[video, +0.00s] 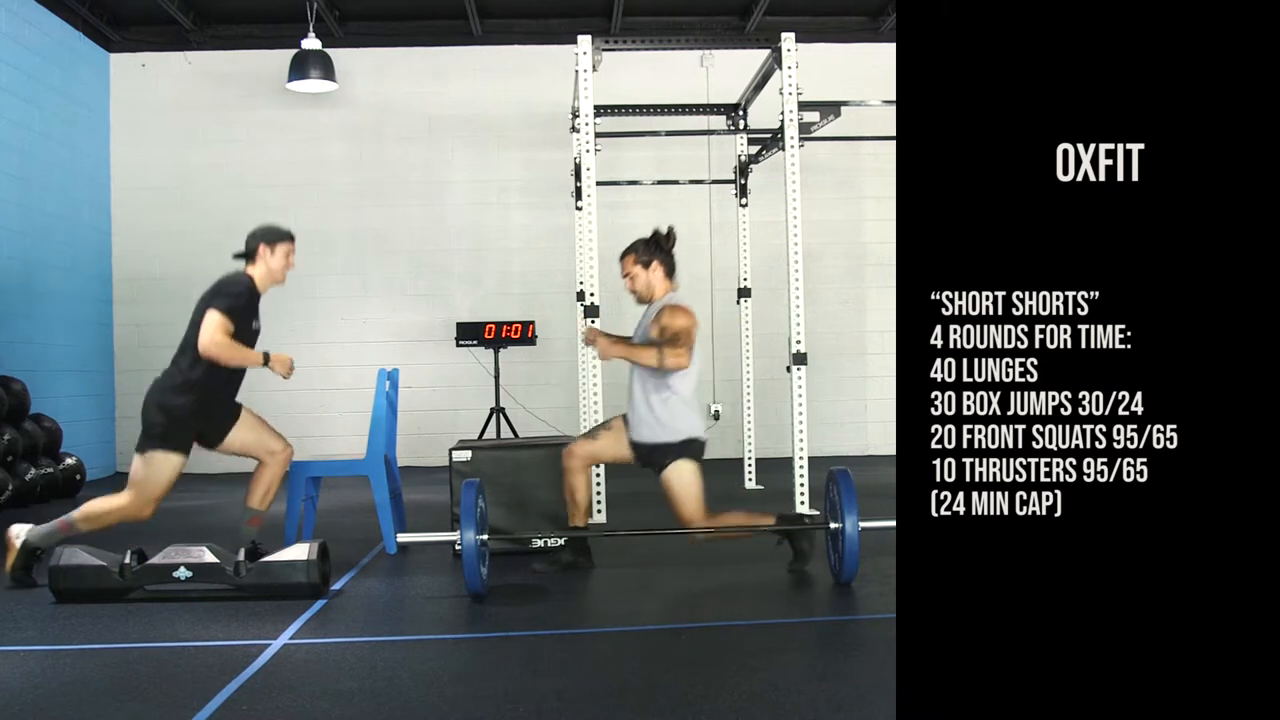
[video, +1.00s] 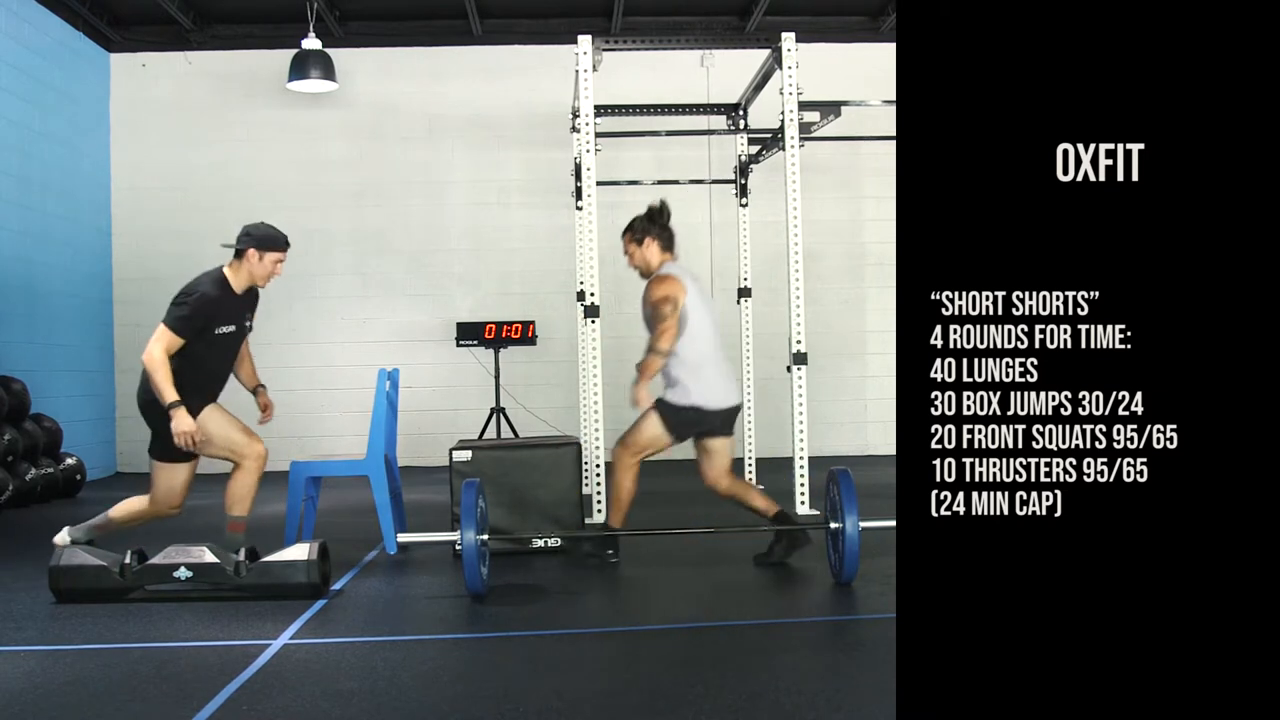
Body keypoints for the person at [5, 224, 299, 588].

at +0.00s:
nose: (292, 262)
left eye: (293, 254)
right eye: (287, 254)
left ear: (267, 255)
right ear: (263, 252)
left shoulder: (248, 296)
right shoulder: (235, 288)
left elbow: (212, 358)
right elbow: (211, 343)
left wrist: (206, 422)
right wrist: (268, 359)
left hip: (211, 407)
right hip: (177, 405)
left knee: (278, 452)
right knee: (139, 504)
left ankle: (246, 548)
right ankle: (31, 539)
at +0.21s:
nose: (293, 199)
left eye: (293, 191)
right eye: (288, 190)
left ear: (271, 192)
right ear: (262, 190)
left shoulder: (256, 238)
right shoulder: (234, 228)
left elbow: (233, 304)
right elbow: (196, 285)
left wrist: (252, 355)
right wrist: (233, 341)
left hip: (215, 348)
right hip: (188, 344)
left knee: (240, 444)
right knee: (200, 452)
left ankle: (241, 548)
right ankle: (121, 532)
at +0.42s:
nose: (283, 188)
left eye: (285, 181)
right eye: (277, 180)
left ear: (265, 182)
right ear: (252, 178)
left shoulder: (259, 231)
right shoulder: (220, 225)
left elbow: (255, 292)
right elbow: (179, 285)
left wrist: (292, 332)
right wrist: (197, 343)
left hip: (228, 350)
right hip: (201, 349)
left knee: (239, 446)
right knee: (226, 448)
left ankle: (240, 543)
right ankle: (227, 549)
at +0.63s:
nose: (281, 198)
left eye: (284, 190)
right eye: (277, 189)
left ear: (262, 188)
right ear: (252, 184)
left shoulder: (254, 232)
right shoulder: (220, 228)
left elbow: (253, 290)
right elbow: (179, 290)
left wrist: (289, 323)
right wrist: (200, 353)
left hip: (219, 351)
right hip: (190, 352)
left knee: (245, 445)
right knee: (225, 451)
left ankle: (210, 537)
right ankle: (227, 553)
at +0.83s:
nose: (281, 242)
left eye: (284, 234)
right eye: (277, 232)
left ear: (259, 230)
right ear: (252, 226)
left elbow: (256, 328)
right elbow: (155, 324)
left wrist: (275, 357)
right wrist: (179, 380)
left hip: (205, 385)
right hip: (181, 384)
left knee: (188, 487)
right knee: (255, 454)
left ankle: (101, 520)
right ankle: (235, 555)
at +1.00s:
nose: (279, 270)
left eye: (282, 263)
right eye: (276, 261)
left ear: (253, 257)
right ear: (250, 255)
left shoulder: (249, 296)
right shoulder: (204, 294)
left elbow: (237, 349)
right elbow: (153, 354)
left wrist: (258, 390)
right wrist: (177, 411)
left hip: (193, 399)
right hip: (167, 398)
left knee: (165, 503)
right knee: (252, 453)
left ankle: (74, 536)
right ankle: (235, 554)